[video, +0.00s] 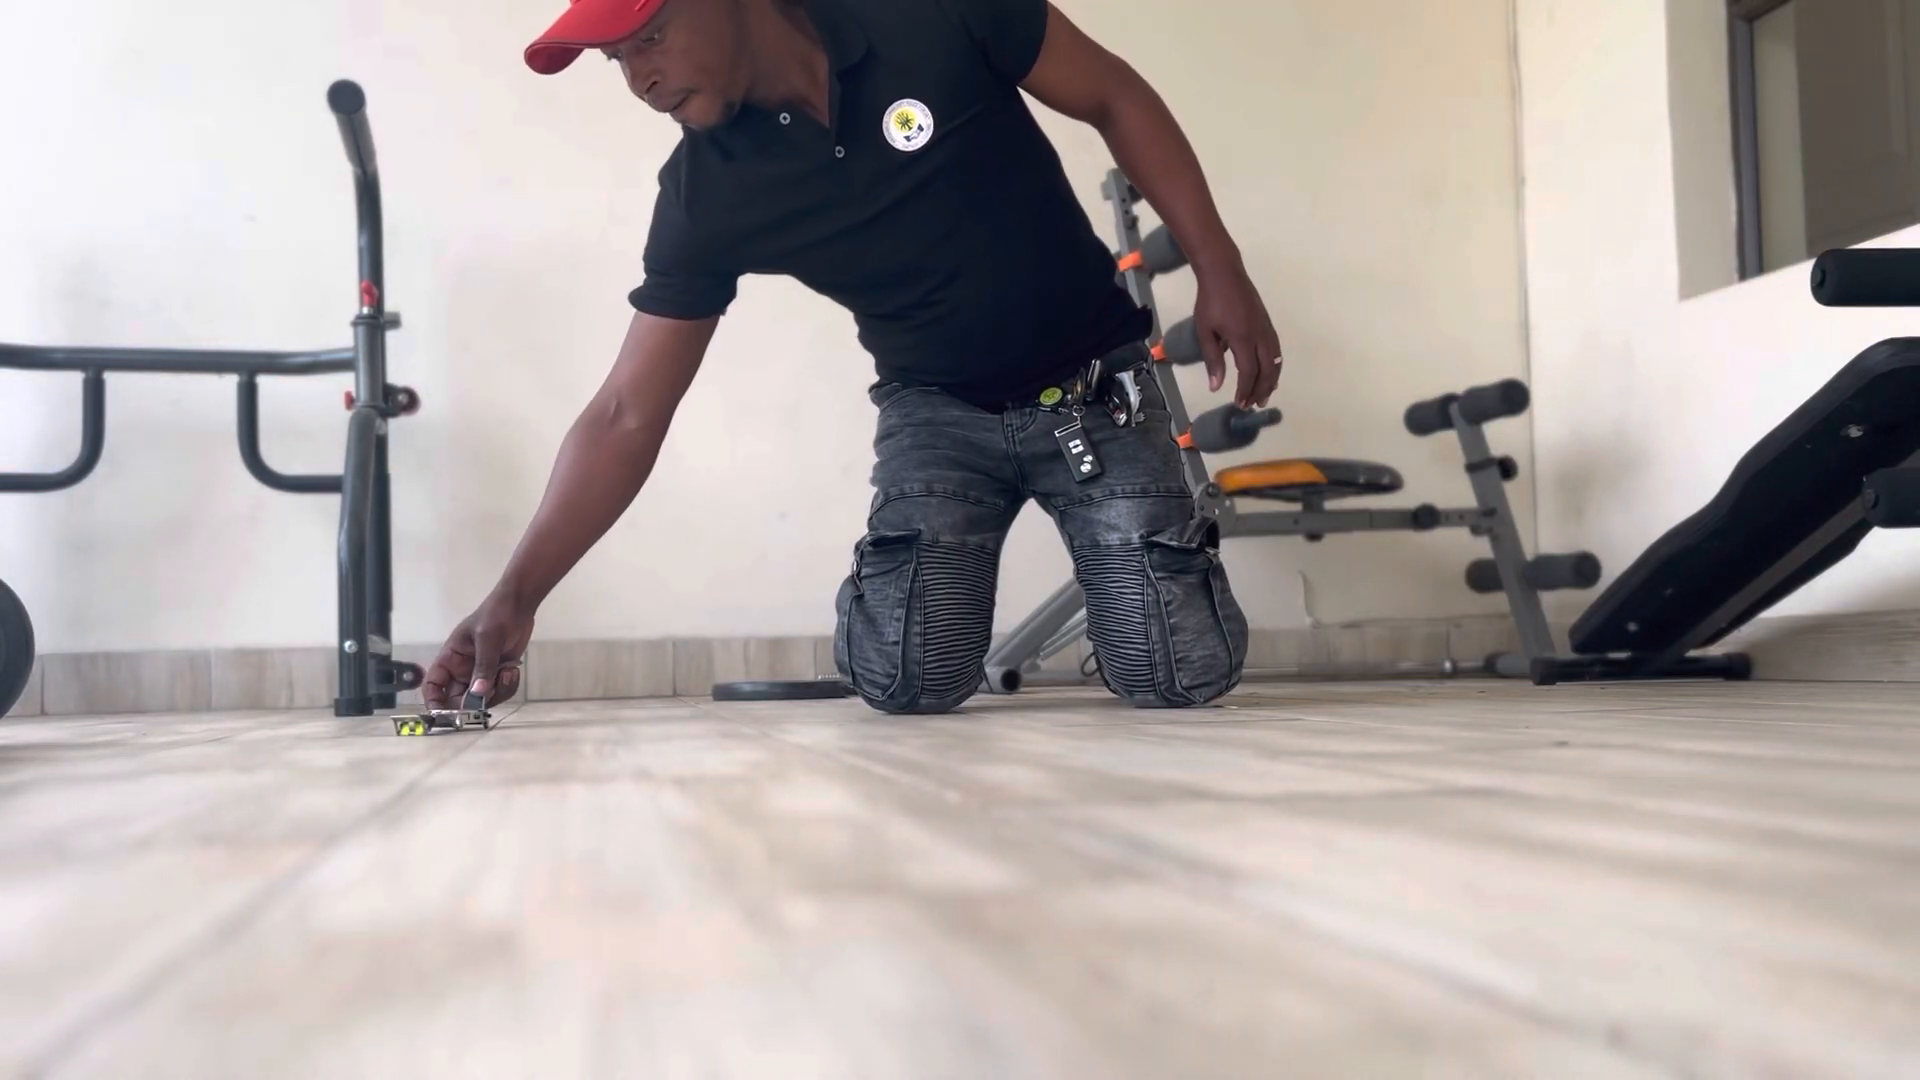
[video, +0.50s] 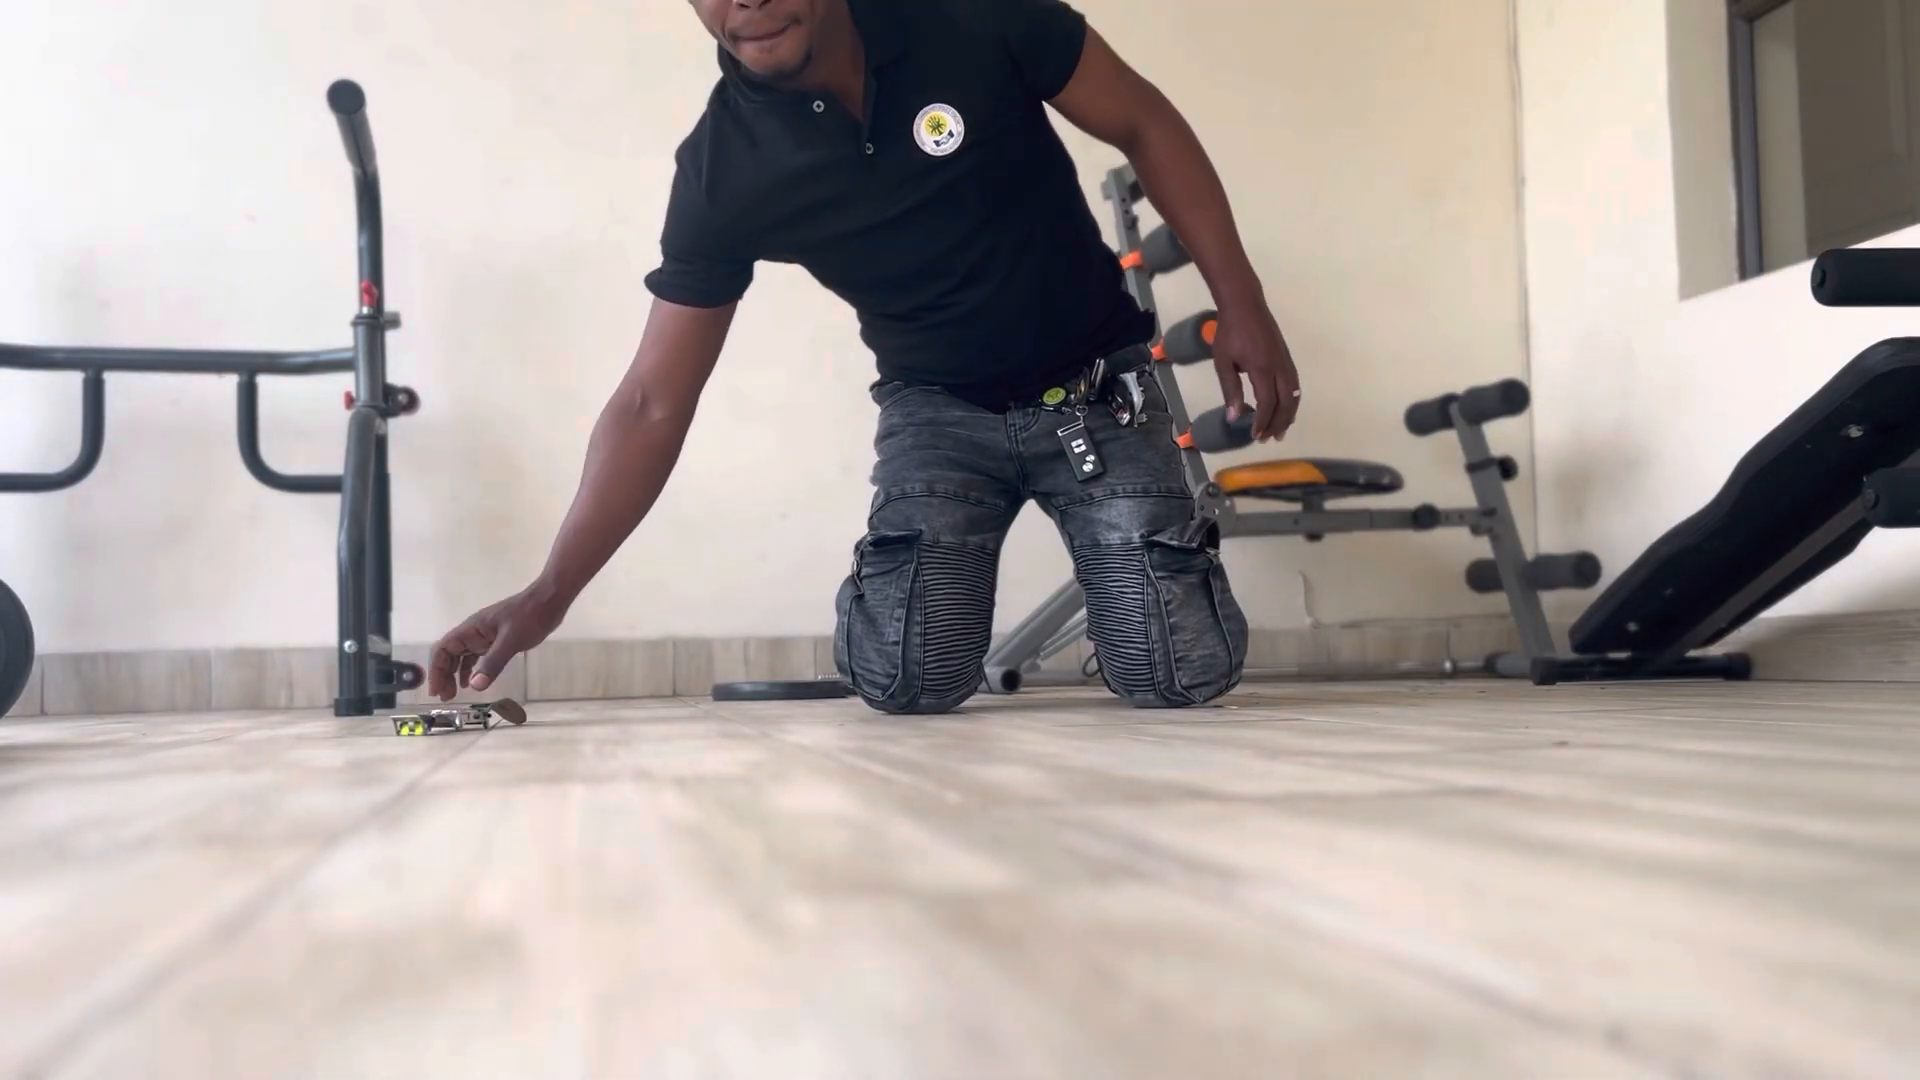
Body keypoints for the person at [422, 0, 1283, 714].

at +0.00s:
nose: (638, 80)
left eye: (648, 40)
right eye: (617, 62)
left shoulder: (935, 19)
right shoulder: (707, 190)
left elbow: (1116, 96)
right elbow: (620, 419)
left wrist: (1220, 269)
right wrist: (511, 601)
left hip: (1098, 380)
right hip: (936, 409)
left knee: (1188, 671)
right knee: (907, 675)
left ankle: (1118, 609)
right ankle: (956, 627)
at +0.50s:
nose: (743, 18)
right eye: (716, 4)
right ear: (697, 11)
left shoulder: (975, 22)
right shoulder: (726, 166)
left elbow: (1144, 122)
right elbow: (646, 409)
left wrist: (1244, 313)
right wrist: (546, 595)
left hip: (1101, 381)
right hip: (936, 408)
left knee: (1185, 670)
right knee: (904, 673)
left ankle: (1122, 608)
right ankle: (953, 631)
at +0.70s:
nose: (810, 1)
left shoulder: (1010, 21)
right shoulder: (750, 145)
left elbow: (1176, 151)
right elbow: (698, 387)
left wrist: (1255, 344)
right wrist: (647, 583)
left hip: (1099, 390)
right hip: (935, 413)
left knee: (1187, 669)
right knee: (906, 675)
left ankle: (1136, 618)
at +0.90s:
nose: (873, 11)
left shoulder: (1050, 29)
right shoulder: (780, 130)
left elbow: (1213, 192)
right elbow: (738, 374)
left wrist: (1274, 398)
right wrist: (744, 572)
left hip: (1102, 396)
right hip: (935, 414)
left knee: (1177, 670)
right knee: (909, 673)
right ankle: (891, 601)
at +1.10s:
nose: (959, 50)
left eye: (991, 15)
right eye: (926, 16)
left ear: (1035, 2)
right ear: (877, 9)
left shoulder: (1118, 60)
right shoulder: (831, 132)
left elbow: (1259, 264)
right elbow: (810, 377)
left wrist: (1297, 474)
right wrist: (838, 584)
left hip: (1109, 402)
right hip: (939, 414)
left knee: (1182, 675)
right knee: (912, 686)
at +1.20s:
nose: (989, 81)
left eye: (1023, 40)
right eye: (952, 44)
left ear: (1065, 20)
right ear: (894, 23)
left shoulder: (1144, 82)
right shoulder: (847, 151)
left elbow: (1276, 292)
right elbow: (833, 401)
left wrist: (1310, 508)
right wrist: (859, 637)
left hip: (1111, 399)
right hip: (935, 412)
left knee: (1181, 673)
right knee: (916, 689)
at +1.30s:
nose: (1045, 183)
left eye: (1077, 151)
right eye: (1012, 151)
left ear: (1119, 90)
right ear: (938, 84)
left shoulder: (1194, 129)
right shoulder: (873, 161)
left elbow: (1334, 361)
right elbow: (849, 424)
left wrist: (1364, 594)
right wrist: (866, 672)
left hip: (1114, 400)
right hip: (943, 408)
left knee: (1177, 676)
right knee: (916, 680)